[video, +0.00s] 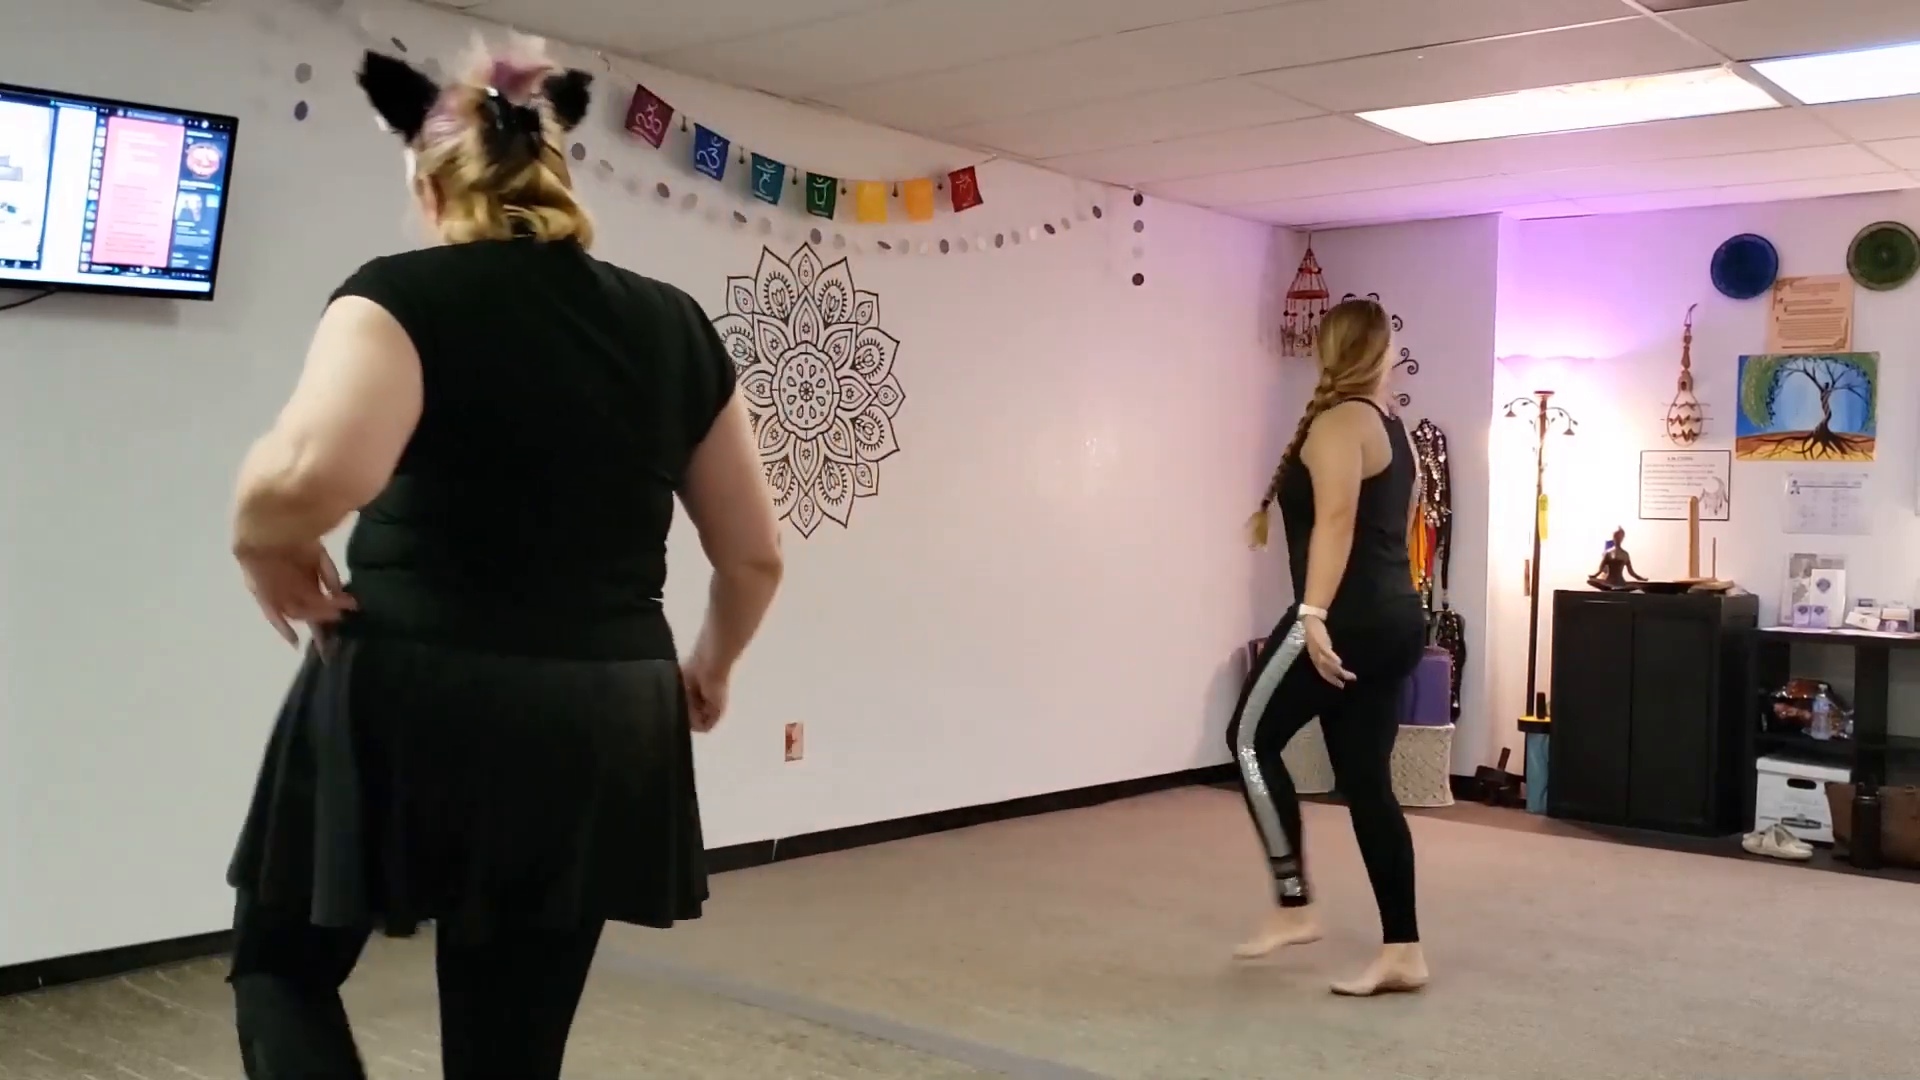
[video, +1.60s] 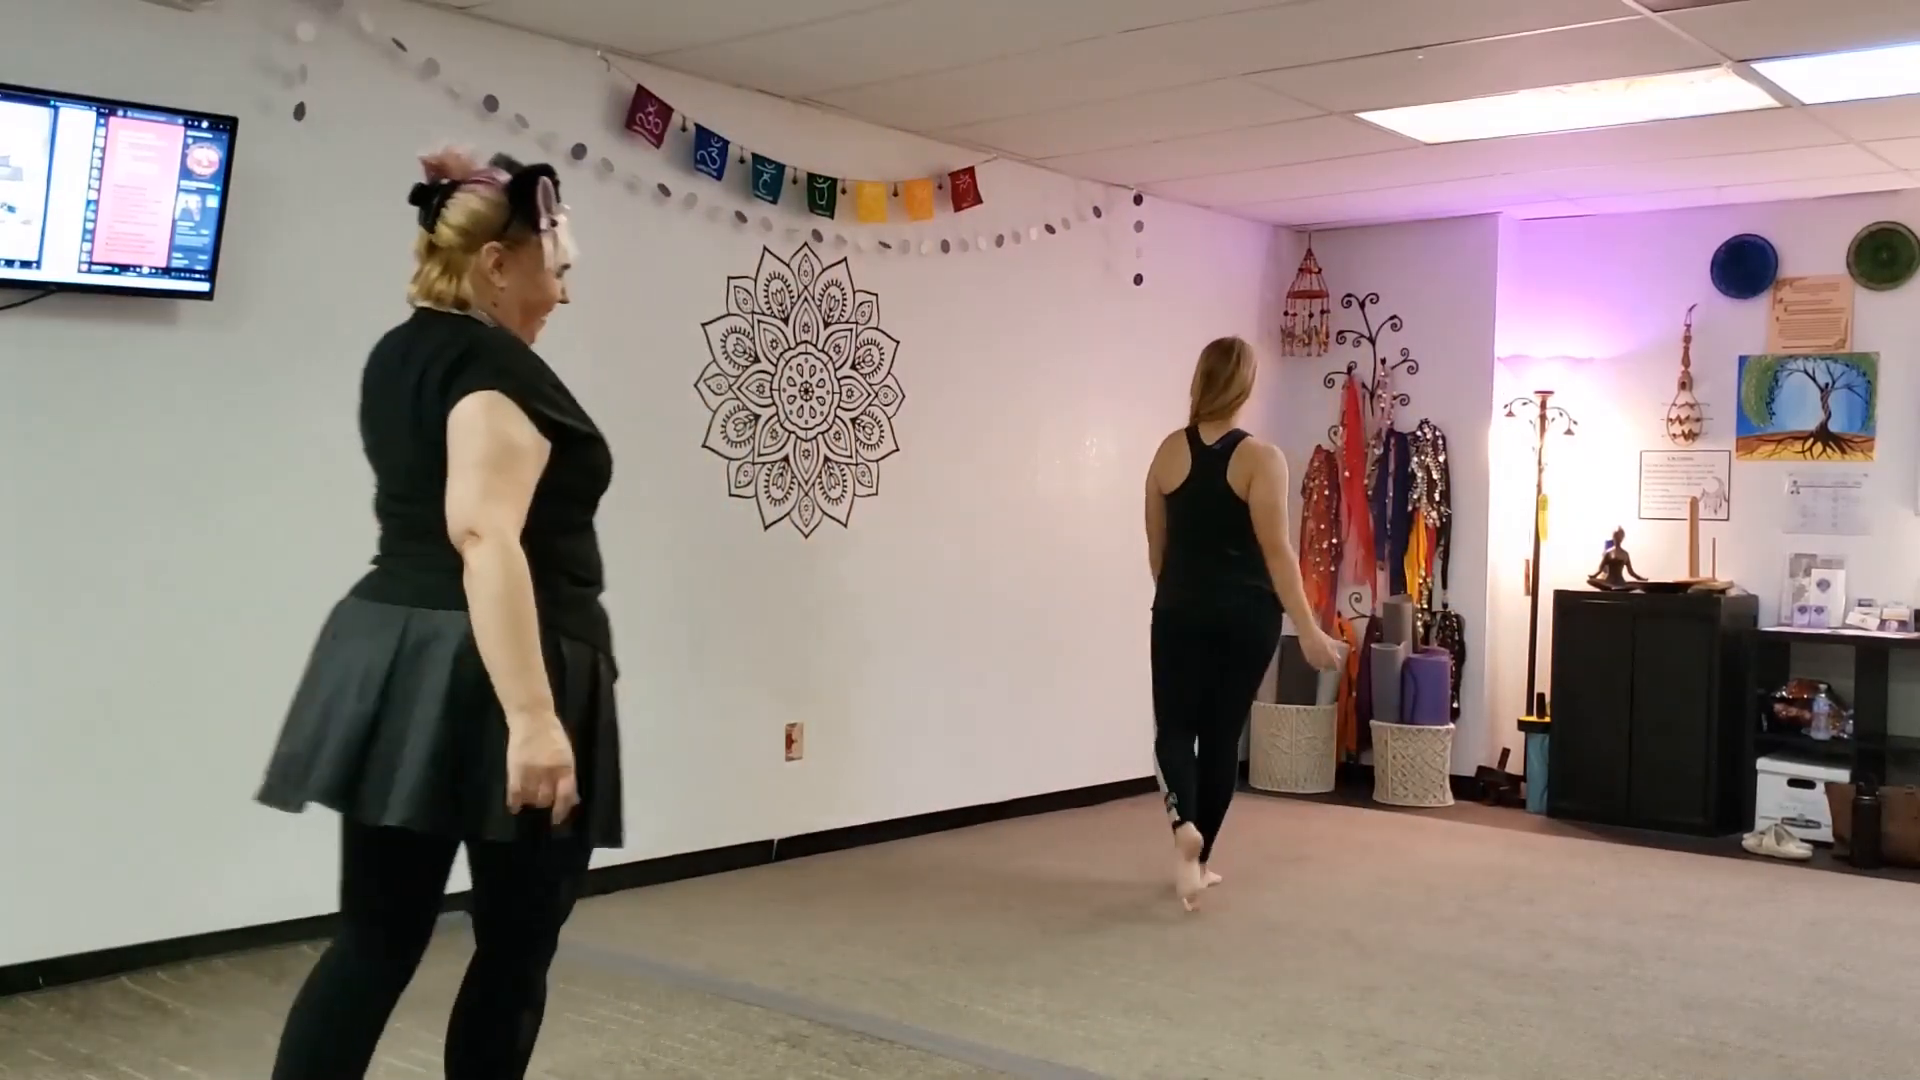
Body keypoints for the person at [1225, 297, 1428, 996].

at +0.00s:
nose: (1399, 358)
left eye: (1395, 347)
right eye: (1395, 348)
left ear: (1330, 351)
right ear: (1380, 355)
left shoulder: (1337, 423)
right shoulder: (1387, 430)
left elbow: (1335, 521)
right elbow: (1382, 527)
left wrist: (1311, 613)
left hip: (1341, 617)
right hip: (1393, 619)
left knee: (1251, 736)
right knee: (1367, 783)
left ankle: (1292, 906)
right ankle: (1403, 948)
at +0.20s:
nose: (1377, 376)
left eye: (1373, 365)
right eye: (1374, 365)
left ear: (1309, 368)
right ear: (1363, 370)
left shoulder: (1300, 441)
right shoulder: (1393, 452)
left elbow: (1276, 522)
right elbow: (1404, 541)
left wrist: (1239, 601)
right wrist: (1385, 594)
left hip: (1307, 630)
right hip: (1382, 631)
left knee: (1261, 768)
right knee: (1375, 788)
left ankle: (1204, 884)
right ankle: (1402, 957)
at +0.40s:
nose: (1342, 381)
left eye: (1336, 370)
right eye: (1338, 371)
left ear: (1273, 377)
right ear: (1328, 379)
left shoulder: (1260, 450)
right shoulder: (1362, 457)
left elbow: (1215, 526)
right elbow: (1374, 553)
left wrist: (1148, 589)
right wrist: (1349, 594)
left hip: (1266, 636)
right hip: (1344, 634)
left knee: (1246, 780)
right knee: (1353, 784)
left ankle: (1233, 915)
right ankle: (1395, 939)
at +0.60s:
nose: (1303, 371)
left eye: (1298, 359)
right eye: (1301, 361)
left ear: (1238, 374)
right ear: (1293, 373)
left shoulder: (1227, 450)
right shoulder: (1330, 450)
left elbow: (1174, 535)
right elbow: (1347, 549)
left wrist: (1084, 579)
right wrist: (1343, 624)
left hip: (1229, 627)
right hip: (1307, 627)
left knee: (1228, 768)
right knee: (1287, 766)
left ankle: (1232, 913)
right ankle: (1337, 881)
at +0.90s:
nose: (1261, 377)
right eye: (1264, 368)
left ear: (1207, 376)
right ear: (1262, 376)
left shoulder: (1185, 456)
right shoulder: (1301, 446)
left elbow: (1149, 549)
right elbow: (1340, 539)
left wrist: (1086, 551)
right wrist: (1371, 617)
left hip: (1200, 622)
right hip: (1276, 621)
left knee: (1212, 757)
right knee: (1241, 720)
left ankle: (1231, 911)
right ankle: (1243, 842)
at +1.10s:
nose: (1252, 379)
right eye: (1255, 370)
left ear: (1199, 373)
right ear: (1253, 377)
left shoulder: (1168, 451)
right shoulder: (1283, 444)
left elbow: (1148, 546)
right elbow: (1315, 528)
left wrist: (1127, 539)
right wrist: (1359, 611)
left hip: (1189, 615)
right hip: (1265, 615)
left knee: (1206, 749)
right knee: (1235, 734)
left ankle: (1227, 898)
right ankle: (1218, 854)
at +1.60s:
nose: (1250, 388)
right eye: (1252, 380)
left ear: (1199, 381)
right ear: (1247, 387)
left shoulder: (1168, 454)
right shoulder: (1263, 458)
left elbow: (1158, 549)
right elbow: (1277, 553)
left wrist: (1174, 598)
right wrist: (1309, 630)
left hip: (1178, 613)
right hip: (1247, 617)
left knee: (1173, 726)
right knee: (1222, 734)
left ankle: (1183, 821)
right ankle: (1197, 863)